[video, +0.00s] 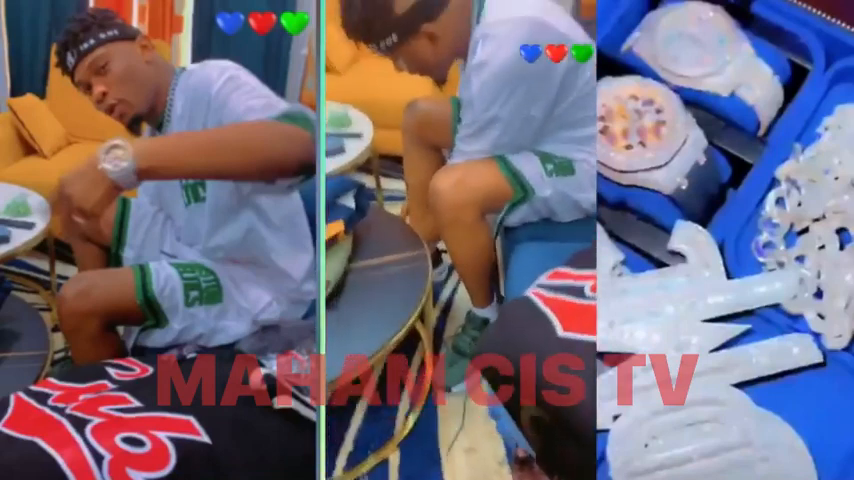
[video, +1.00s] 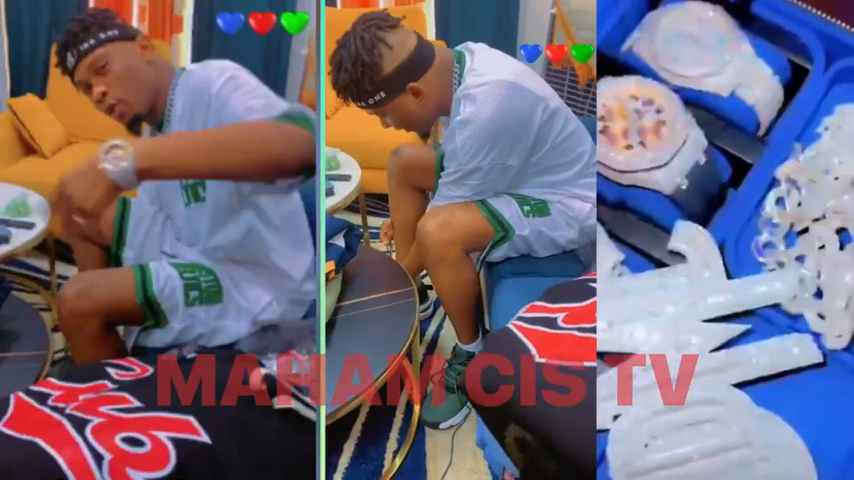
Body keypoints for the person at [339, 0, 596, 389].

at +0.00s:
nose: (399, 66)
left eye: (397, 54)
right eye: (393, 57)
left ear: (429, 35)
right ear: (430, 31)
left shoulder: (509, 48)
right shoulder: (479, 17)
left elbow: (468, 162)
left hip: (574, 162)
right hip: (524, 131)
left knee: (452, 191)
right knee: (419, 117)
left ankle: (484, 316)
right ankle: (416, 264)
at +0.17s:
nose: (391, 98)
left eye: (388, 86)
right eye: (383, 89)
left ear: (420, 63)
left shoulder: (491, 82)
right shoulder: (465, 36)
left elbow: (458, 193)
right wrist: (419, 248)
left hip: (577, 179)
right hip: (527, 151)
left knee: (447, 213)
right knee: (415, 144)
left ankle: (484, 336)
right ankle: (420, 273)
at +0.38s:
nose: (391, 103)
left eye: (389, 82)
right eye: (380, 91)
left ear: (425, 41)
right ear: (427, 41)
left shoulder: (492, 85)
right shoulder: (455, 57)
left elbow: (452, 200)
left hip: (570, 190)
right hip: (516, 161)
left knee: (444, 219)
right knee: (412, 149)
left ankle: (478, 342)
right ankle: (411, 278)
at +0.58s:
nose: (400, 114)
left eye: (400, 98)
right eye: (393, 102)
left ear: (434, 61)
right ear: (434, 57)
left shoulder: (503, 97)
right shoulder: (465, 65)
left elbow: (457, 206)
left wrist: (414, 271)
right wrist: (407, 244)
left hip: (571, 198)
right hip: (519, 168)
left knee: (448, 226)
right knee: (415, 157)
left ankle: (478, 352)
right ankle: (408, 292)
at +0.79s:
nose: (393, 120)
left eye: (391, 108)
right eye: (386, 110)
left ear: (424, 85)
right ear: (425, 75)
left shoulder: (498, 103)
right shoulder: (465, 65)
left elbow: (452, 207)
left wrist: (408, 272)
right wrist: (401, 235)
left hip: (571, 201)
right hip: (519, 171)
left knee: (445, 231)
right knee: (411, 161)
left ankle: (474, 356)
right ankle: (410, 299)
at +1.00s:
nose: (386, 123)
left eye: (384, 112)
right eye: (379, 115)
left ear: (415, 91)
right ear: (417, 79)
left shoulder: (487, 107)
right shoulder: (460, 65)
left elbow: (442, 213)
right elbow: (451, 157)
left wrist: (399, 278)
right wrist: (406, 220)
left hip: (568, 203)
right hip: (518, 173)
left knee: (436, 233)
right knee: (404, 164)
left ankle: (469, 353)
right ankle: (404, 297)